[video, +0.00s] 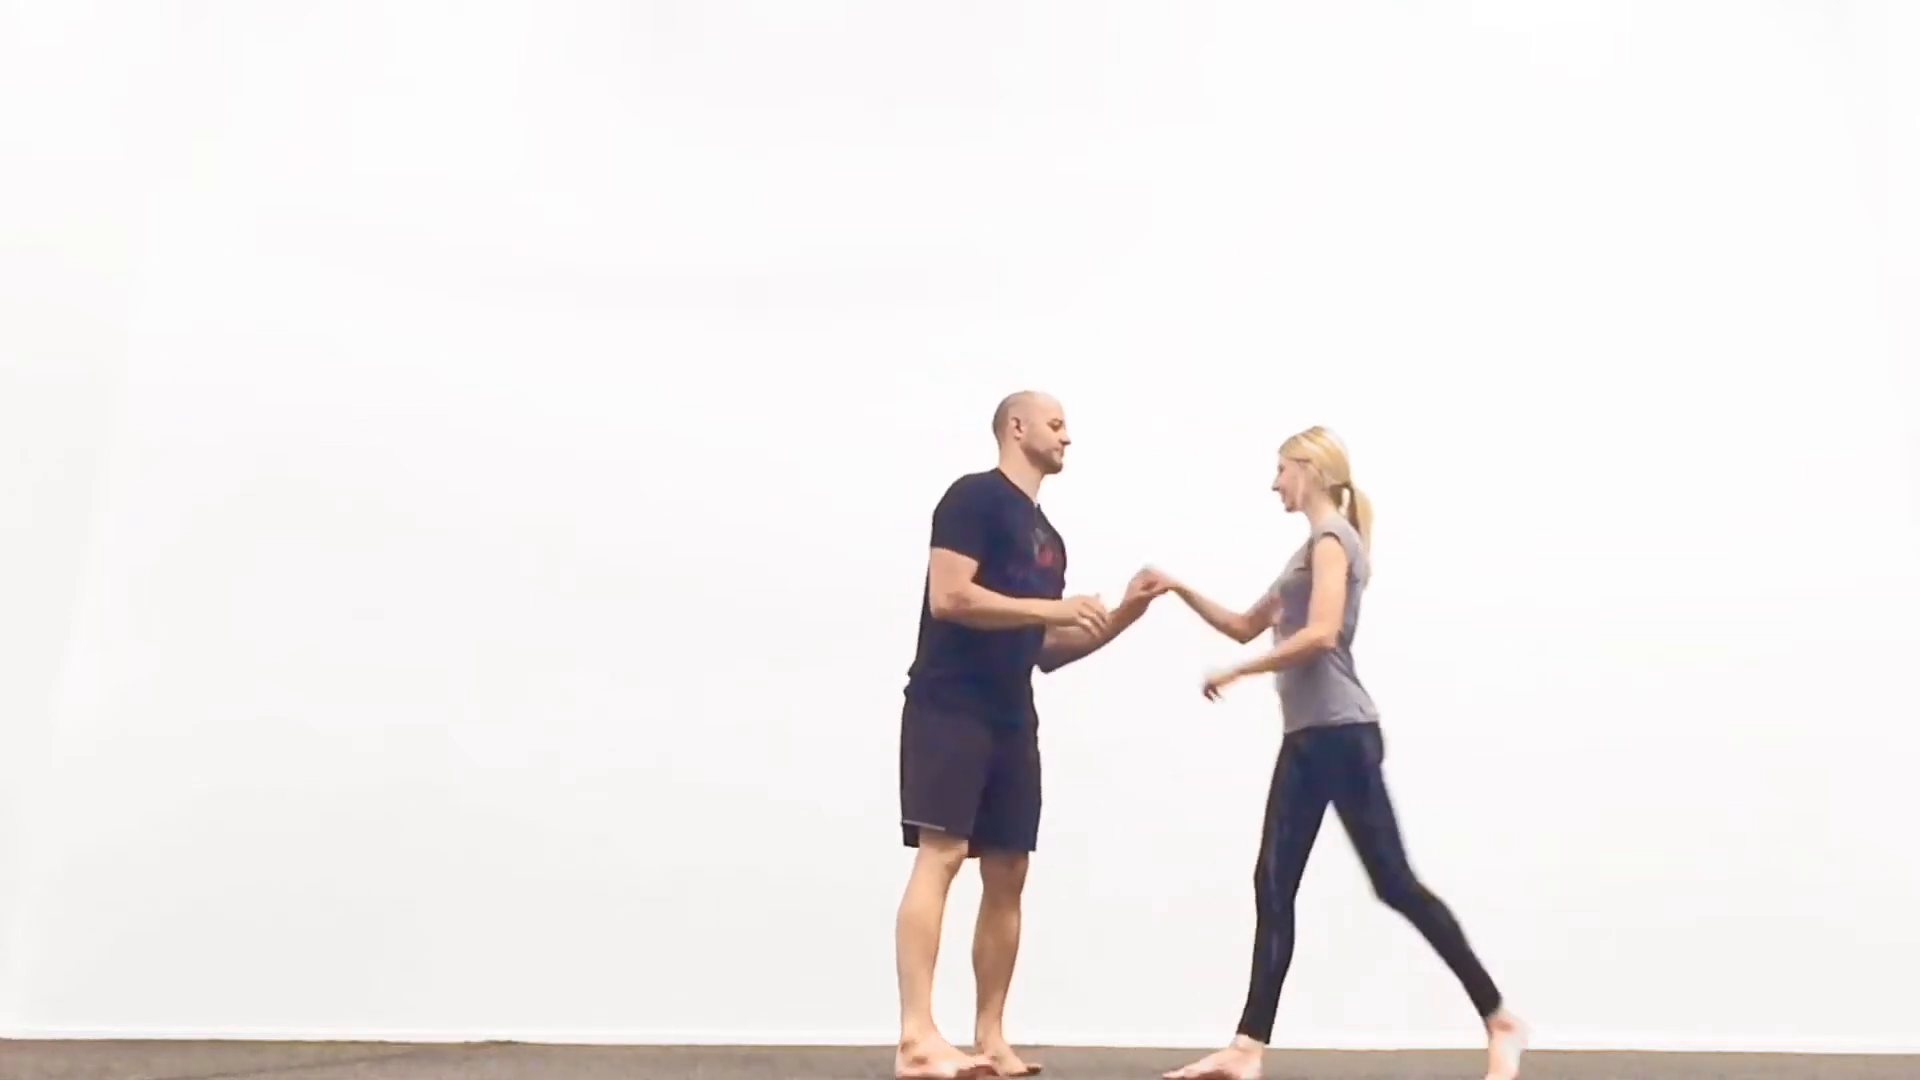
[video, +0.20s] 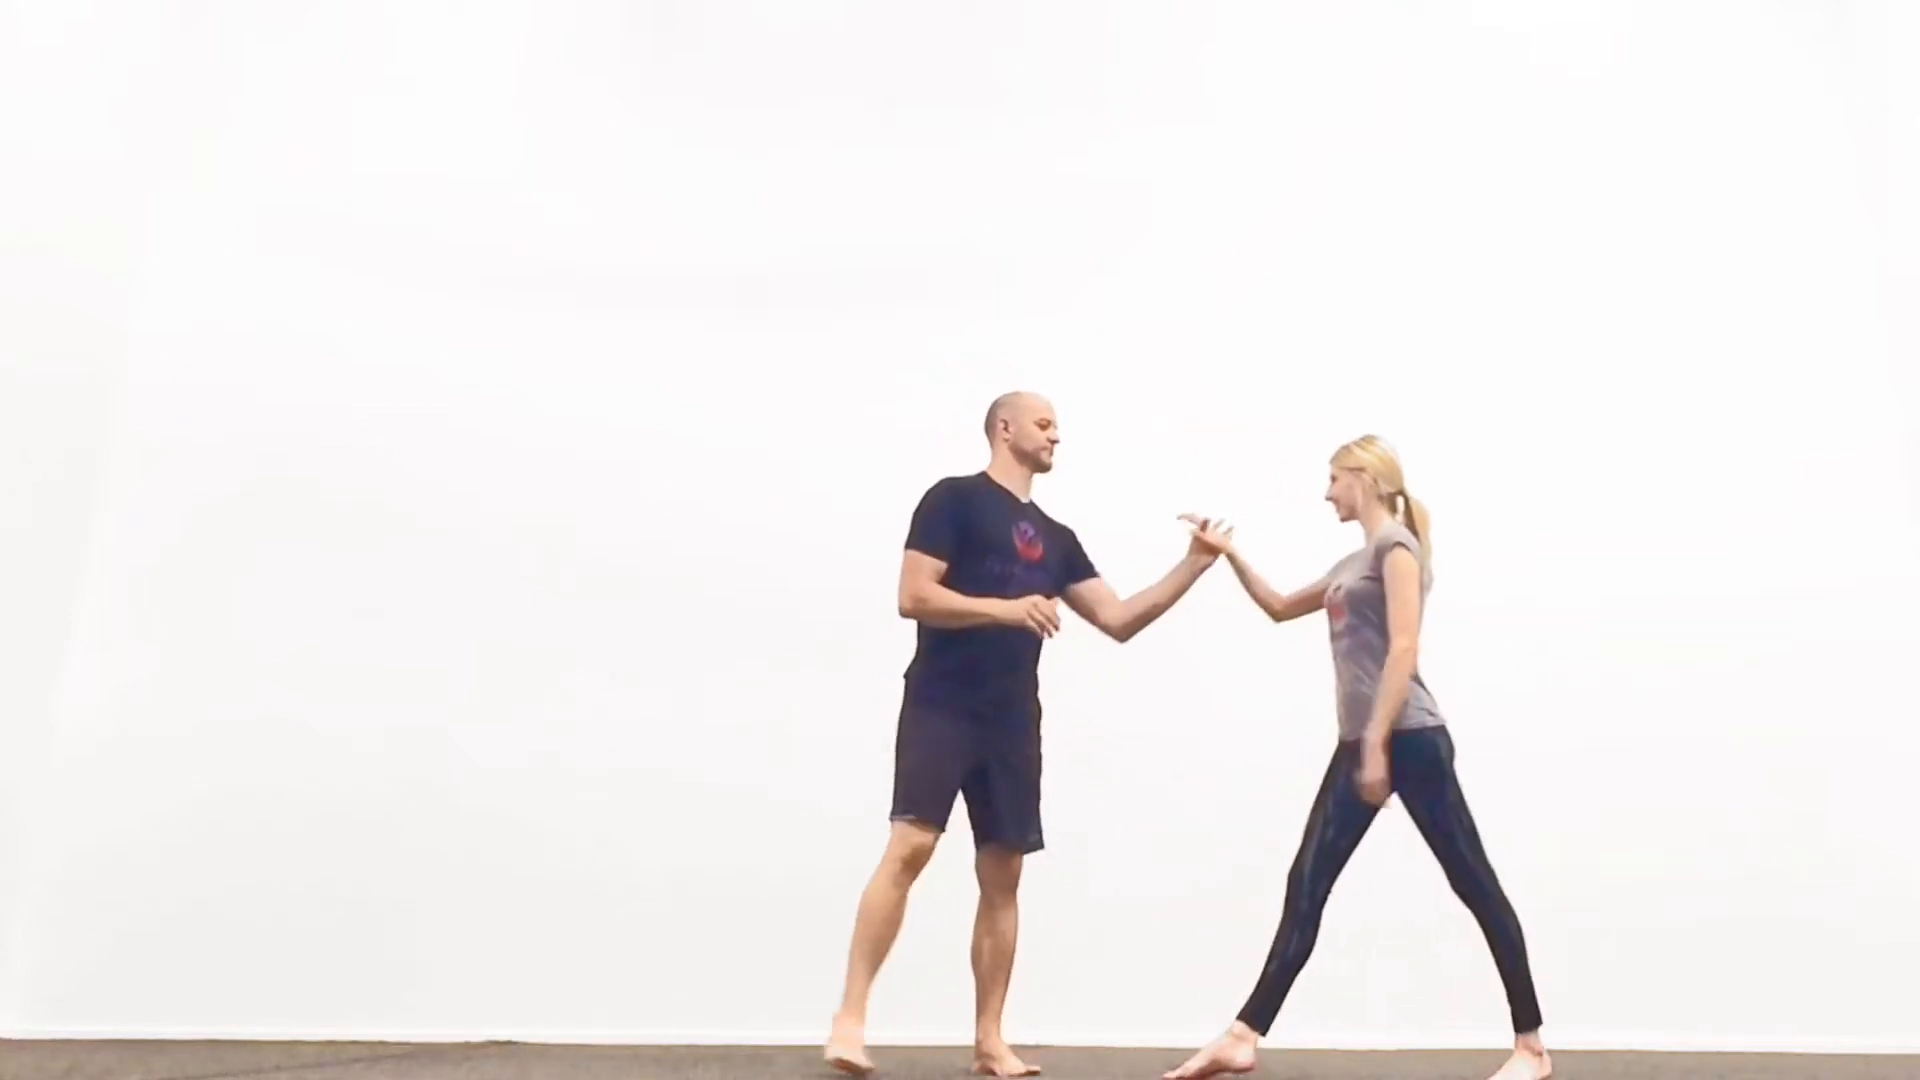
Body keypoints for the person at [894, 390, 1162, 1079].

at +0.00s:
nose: (1067, 438)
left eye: (1066, 428)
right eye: (1055, 425)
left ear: (1028, 431)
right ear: (1015, 428)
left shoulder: (1049, 540)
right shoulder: (973, 494)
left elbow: (1041, 651)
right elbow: (948, 598)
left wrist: (1122, 615)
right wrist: (1051, 609)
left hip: (1011, 715)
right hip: (949, 708)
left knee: (1006, 872)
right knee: (940, 855)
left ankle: (989, 1039)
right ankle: (916, 1038)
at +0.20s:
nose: (1055, 437)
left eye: (1056, 428)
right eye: (1043, 425)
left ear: (1032, 436)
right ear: (1002, 430)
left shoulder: (1054, 537)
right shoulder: (953, 498)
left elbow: (1120, 619)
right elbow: (916, 597)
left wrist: (1195, 562)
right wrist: (1007, 610)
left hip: (1012, 717)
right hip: (941, 707)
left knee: (1002, 872)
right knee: (911, 847)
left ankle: (990, 1042)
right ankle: (849, 1020)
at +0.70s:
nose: (992, 435)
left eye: (994, 426)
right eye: (979, 424)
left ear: (987, 437)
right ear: (939, 433)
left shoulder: (1011, 530)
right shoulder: (890, 511)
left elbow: (1089, 598)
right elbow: (850, 614)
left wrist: (1170, 560)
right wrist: (928, 636)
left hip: (975, 726)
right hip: (892, 721)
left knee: (988, 873)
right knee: (843, 865)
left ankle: (991, 1043)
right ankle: (786, 1027)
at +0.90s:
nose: (969, 443)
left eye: (970, 432)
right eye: (956, 433)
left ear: (962, 439)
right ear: (917, 440)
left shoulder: (990, 529)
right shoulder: (874, 520)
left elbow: (1065, 594)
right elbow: (849, 630)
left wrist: (1102, 530)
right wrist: (942, 658)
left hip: (960, 724)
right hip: (881, 723)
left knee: (982, 871)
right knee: (838, 869)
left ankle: (991, 1044)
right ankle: (783, 1039)